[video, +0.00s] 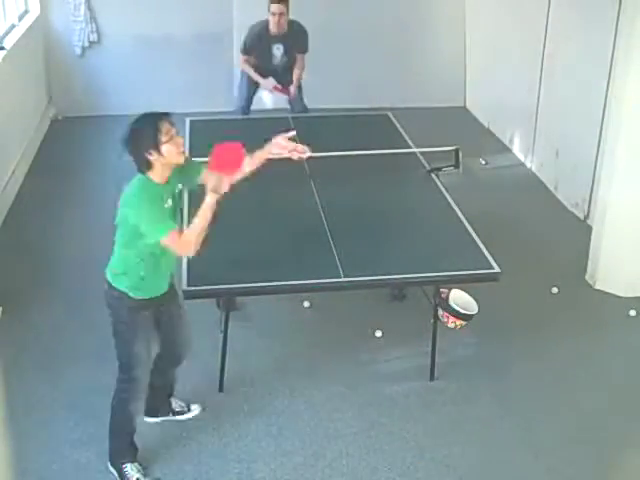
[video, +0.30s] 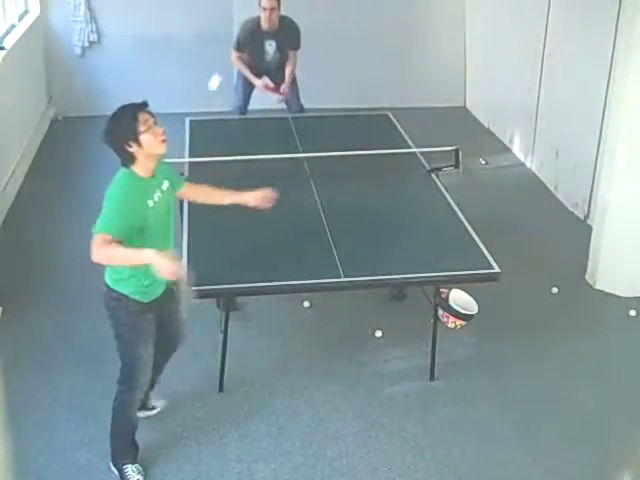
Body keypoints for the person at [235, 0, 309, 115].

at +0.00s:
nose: (277, 20)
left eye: (281, 15)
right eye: (273, 15)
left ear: (288, 15)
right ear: (268, 15)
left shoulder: (298, 31)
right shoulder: (256, 31)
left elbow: (299, 62)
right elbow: (244, 63)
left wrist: (295, 85)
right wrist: (262, 81)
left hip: (286, 72)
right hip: (258, 70)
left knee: (299, 108)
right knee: (242, 106)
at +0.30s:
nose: (268, 15)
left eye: (272, 10)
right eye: (264, 10)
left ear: (279, 11)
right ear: (259, 10)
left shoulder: (290, 27)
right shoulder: (248, 27)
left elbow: (292, 58)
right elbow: (236, 58)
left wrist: (287, 83)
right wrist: (256, 81)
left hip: (279, 70)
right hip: (251, 70)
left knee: (296, 108)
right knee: (239, 107)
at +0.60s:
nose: (263, 9)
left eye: (267, 4)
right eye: (259, 4)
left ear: (274, 5)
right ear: (255, 6)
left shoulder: (287, 22)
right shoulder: (245, 23)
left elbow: (296, 51)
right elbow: (235, 53)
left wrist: (297, 76)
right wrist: (253, 77)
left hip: (281, 70)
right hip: (252, 67)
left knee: (296, 108)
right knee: (239, 108)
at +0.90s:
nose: (288, 8)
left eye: (292, 4)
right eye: (284, 4)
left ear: (299, 6)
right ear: (280, 6)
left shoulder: (310, 23)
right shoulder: (268, 26)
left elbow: (324, 44)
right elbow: (253, 60)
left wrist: (341, 69)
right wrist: (268, 80)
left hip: (301, 75)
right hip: (272, 75)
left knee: (320, 112)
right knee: (253, 112)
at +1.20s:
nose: (281, 14)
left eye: (285, 9)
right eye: (277, 9)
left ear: (294, 8)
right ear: (273, 9)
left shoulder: (309, 25)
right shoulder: (266, 30)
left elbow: (333, 43)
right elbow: (251, 66)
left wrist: (354, 66)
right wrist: (271, 85)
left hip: (302, 79)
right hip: (271, 79)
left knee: (319, 116)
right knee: (257, 118)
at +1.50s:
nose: (267, 10)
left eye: (271, 6)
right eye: (263, 6)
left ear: (274, 8)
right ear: (256, 6)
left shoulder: (274, 26)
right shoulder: (247, 27)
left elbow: (283, 44)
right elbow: (245, 53)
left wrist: (307, 55)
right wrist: (264, 68)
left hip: (260, 81)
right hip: (235, 82)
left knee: (281, 109)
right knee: (243, 112)